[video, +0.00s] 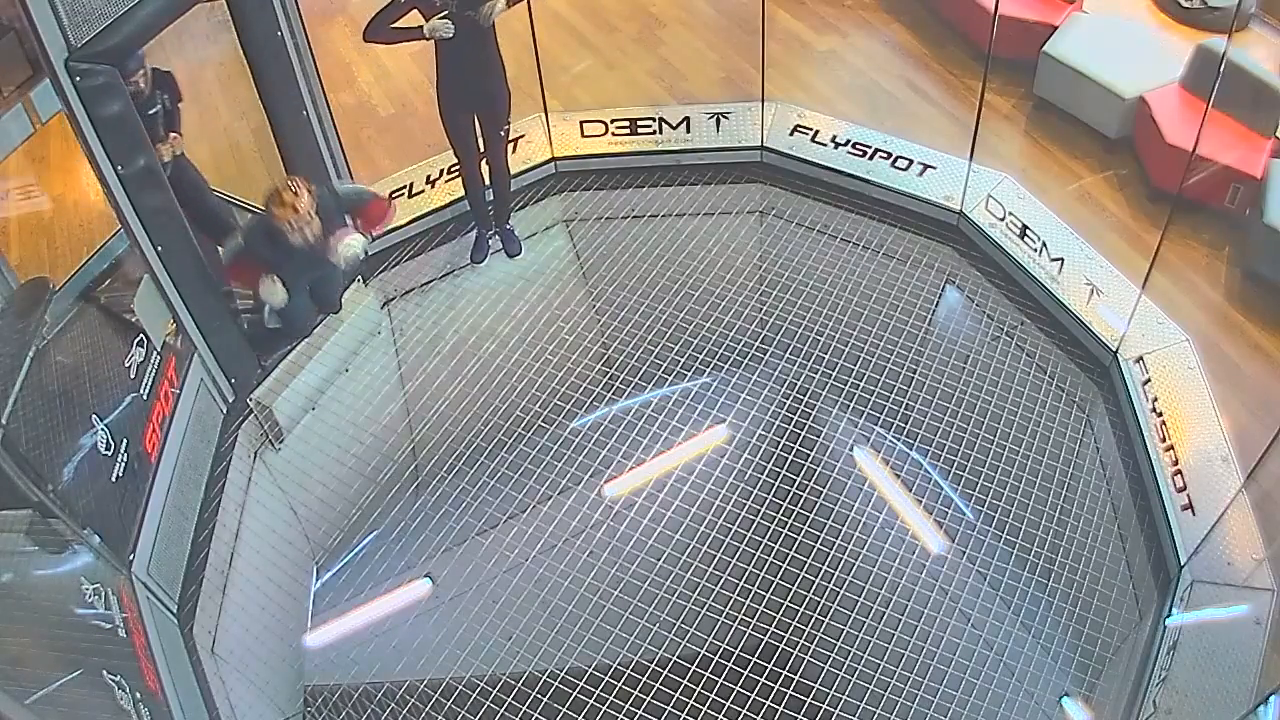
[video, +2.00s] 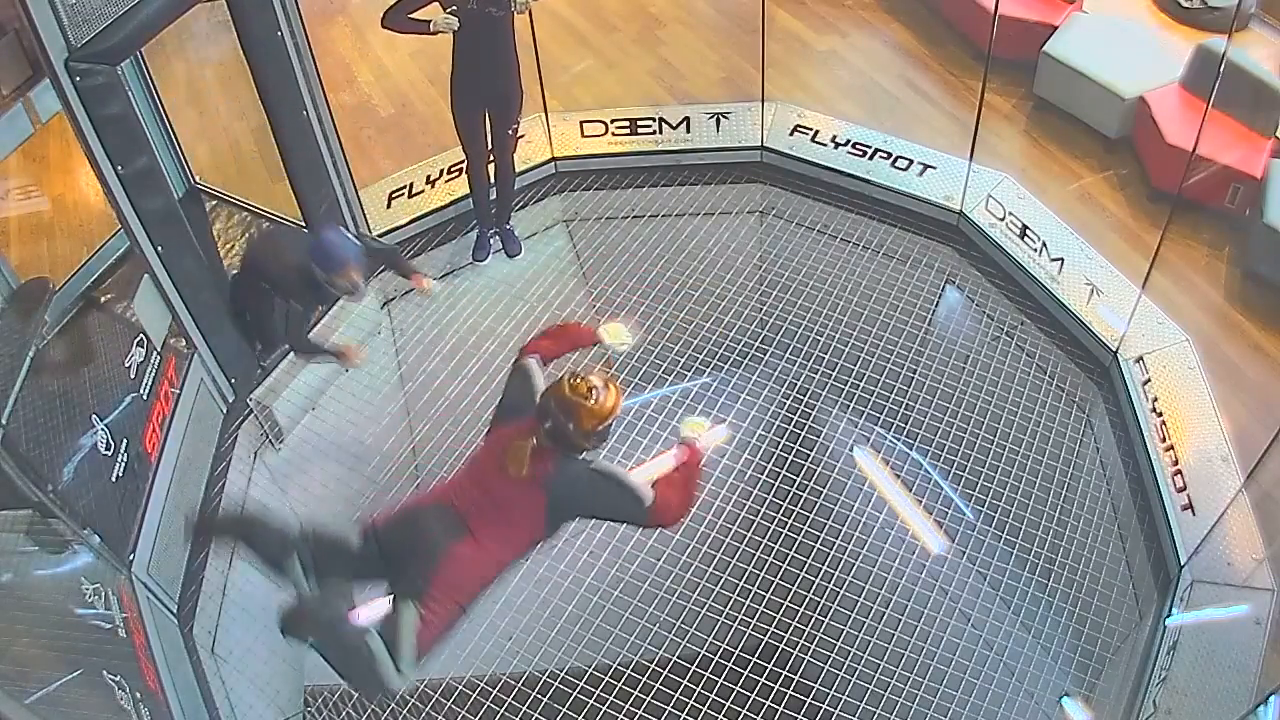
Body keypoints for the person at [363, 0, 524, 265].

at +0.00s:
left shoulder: (486, 1)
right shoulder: (420, 1)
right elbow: (372, 32)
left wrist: (498, 8)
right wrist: (424, 31)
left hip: (491, 80)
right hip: (452, 87)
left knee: (498, 156)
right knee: (468, 160)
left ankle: (504, 225)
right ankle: (483, 229)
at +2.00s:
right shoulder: (442, 1)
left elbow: (519, 8)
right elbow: (390, 18)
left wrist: (521, 6)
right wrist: (430, 26)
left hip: (505, 79)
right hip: (466, 82)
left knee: (505, 154)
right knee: (476, 158)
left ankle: (504, 225)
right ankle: (484, 229)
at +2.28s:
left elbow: (517, 6)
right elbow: (387, 15)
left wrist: (518, 4)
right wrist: (428, 21)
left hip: (504, 78)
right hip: (465, 82)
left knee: (504, 154)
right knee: (477, 158)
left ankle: (504, 225)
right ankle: (485, 229)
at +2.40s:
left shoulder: (508, 2)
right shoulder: (441, 1)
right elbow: (387, 19)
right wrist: (429, 24)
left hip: (503, 82)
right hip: (464, 86)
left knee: (503, 155)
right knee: (475, 159)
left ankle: (504, 225)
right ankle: (484, 229)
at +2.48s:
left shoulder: (507, 1)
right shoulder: (439, 2)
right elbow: (387, 20)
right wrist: (428, 25)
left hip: (502, 81)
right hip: (463, 85)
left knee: (503, 155)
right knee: (475, 160)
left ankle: (504, 225)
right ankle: (484, 229)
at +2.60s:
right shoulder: (439, 1)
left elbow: (520, 4)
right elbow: (384, 18)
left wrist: (524, 1)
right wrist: (426, 26)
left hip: (502, 81)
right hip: (462, 85)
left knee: (503, 156)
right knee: (474, 161)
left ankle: (504, 225)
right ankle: (484, 230)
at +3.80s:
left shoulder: (506, 1)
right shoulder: (440, 1)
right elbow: (392, 23)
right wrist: (436, 28)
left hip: (498, 82)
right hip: (459, 85)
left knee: (503, 160)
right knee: (471, 164)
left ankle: (508, 225)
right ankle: (482, 230)